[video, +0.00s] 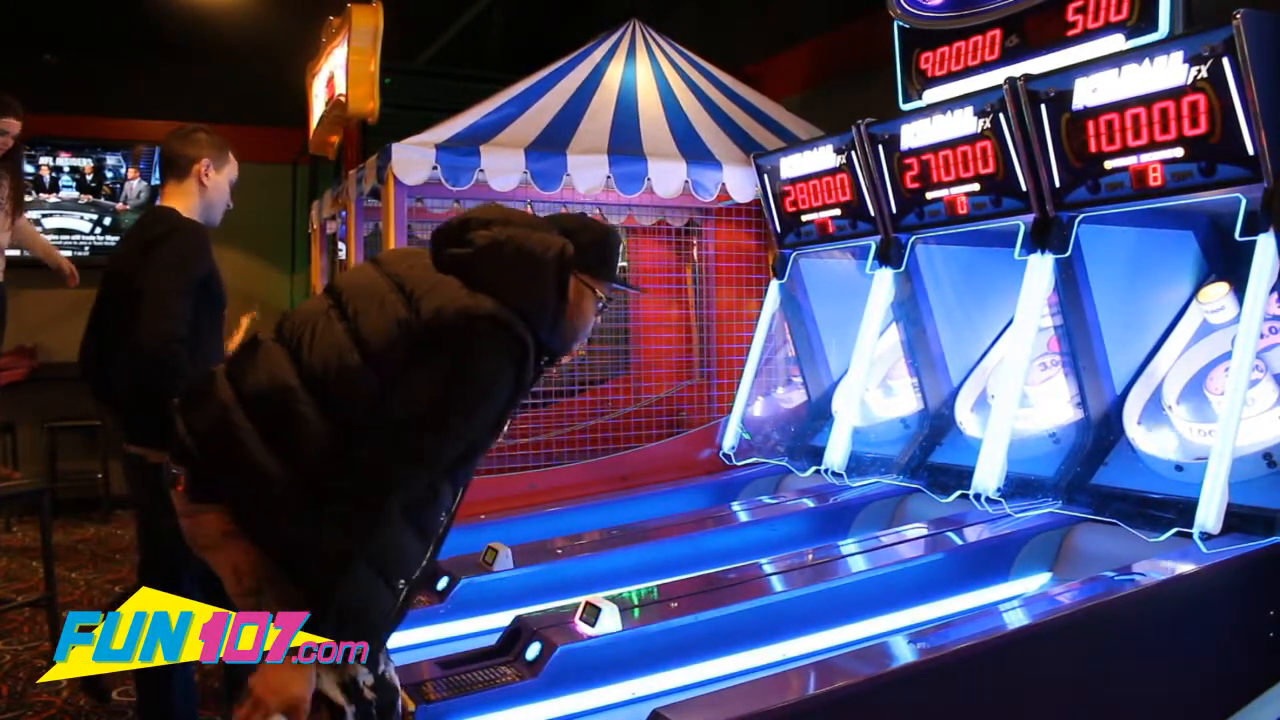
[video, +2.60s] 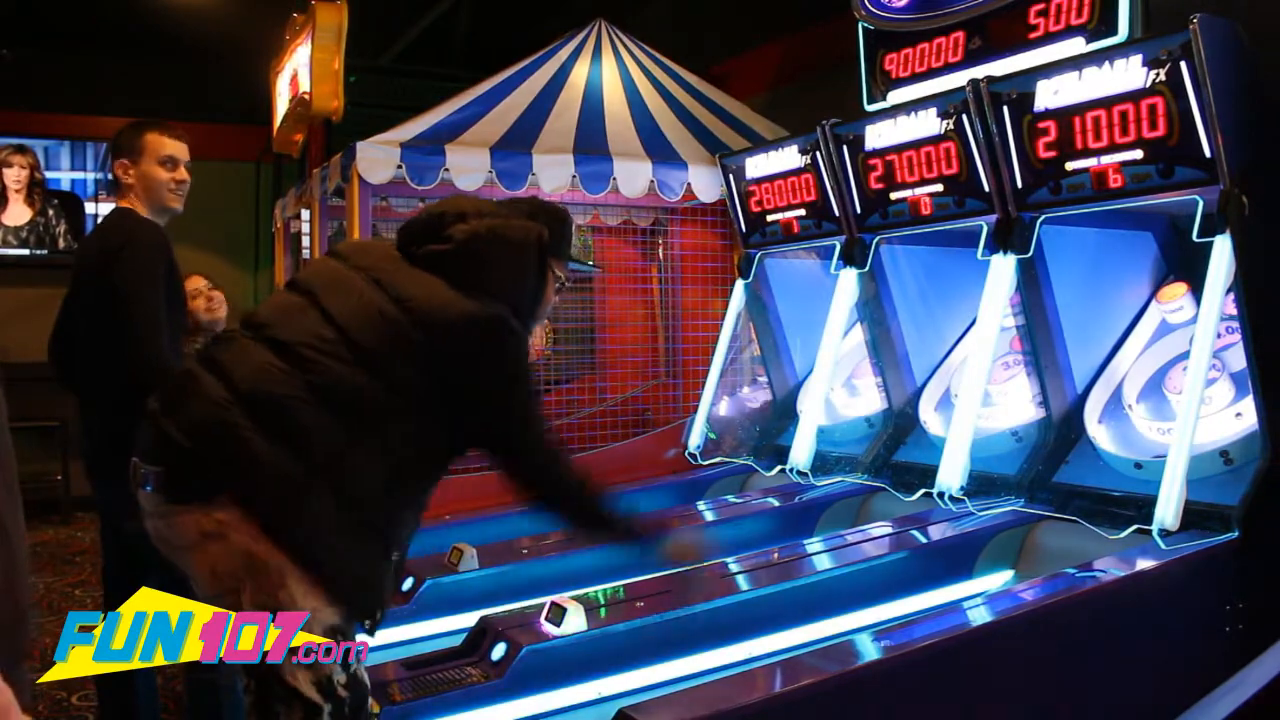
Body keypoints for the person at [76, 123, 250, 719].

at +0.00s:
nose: (231, 197)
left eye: (232, 183)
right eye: (229, 182)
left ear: (182, 174)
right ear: (205, 172)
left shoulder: (141, 234)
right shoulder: (183, 240)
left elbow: (96, 352)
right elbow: (170, 348)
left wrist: (134, 423)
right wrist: (180, 443)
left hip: (141, 444)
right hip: (173, 448)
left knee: (162, 578)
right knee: (185, 586)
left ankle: (160, 696)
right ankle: (171, 700)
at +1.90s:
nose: (187, 189)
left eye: (185, 174)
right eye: (183, 174)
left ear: (129, 178)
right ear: (156, 173)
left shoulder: (103, 239)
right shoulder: (151, 239)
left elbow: (42, 347)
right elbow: (162, 353)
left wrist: (103, 396)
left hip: (106, 449)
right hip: (145, 456)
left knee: (123, 594)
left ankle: (123, 705)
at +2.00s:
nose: (187, 185)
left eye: (185, 172)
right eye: (183, 172)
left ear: (125, 178)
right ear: (157, 172)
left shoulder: (103, 239)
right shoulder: (152, 238)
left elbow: (50, 349)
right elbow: (160, 353)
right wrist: (211, 321)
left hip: (106, 448)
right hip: (144, 454)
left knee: (124, 593)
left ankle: (125, 706)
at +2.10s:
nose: (189, 185)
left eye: (187, 172)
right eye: (184, 172)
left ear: (127, 177)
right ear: (157, 172)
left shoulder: (102, 241)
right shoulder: (152, 239)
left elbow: (56, 350)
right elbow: (162, 354)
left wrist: (105, 403)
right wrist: (207, 325)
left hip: (109, 451)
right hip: (148, 455)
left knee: (126, 596)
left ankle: (125, 706)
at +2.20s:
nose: (191, 185)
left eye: (189, 171)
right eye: (186, 171)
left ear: (133, 176)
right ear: (158, 172)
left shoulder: (105, 240)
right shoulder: (149, 240)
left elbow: (60, 349)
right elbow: (160, 359)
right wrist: (201, 327)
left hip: (111, 454)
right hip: (144, 460)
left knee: (127, 598)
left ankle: (125, 706)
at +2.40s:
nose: (195, 181)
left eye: (193, 169)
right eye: (185, 168)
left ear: (138, 174)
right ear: (143, 172)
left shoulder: (106, 240)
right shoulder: (146, 239)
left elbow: (65, 350)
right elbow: (155, 361)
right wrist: (195, 325)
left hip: (114, 456)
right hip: (145, 460)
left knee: (129, 600)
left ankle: (127, 707)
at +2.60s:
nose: (184, 177)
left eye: (186, 167)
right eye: (170, 164)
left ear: (135, 176)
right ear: (127, 170)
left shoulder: (104, 238)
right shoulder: (143, 239)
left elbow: (65, 349)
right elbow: (154, 355)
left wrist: (110, 401)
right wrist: (195, 418)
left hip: (110, 444)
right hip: (141, 449)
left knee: (128, 591)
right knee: (164, 592)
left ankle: (127, 705)